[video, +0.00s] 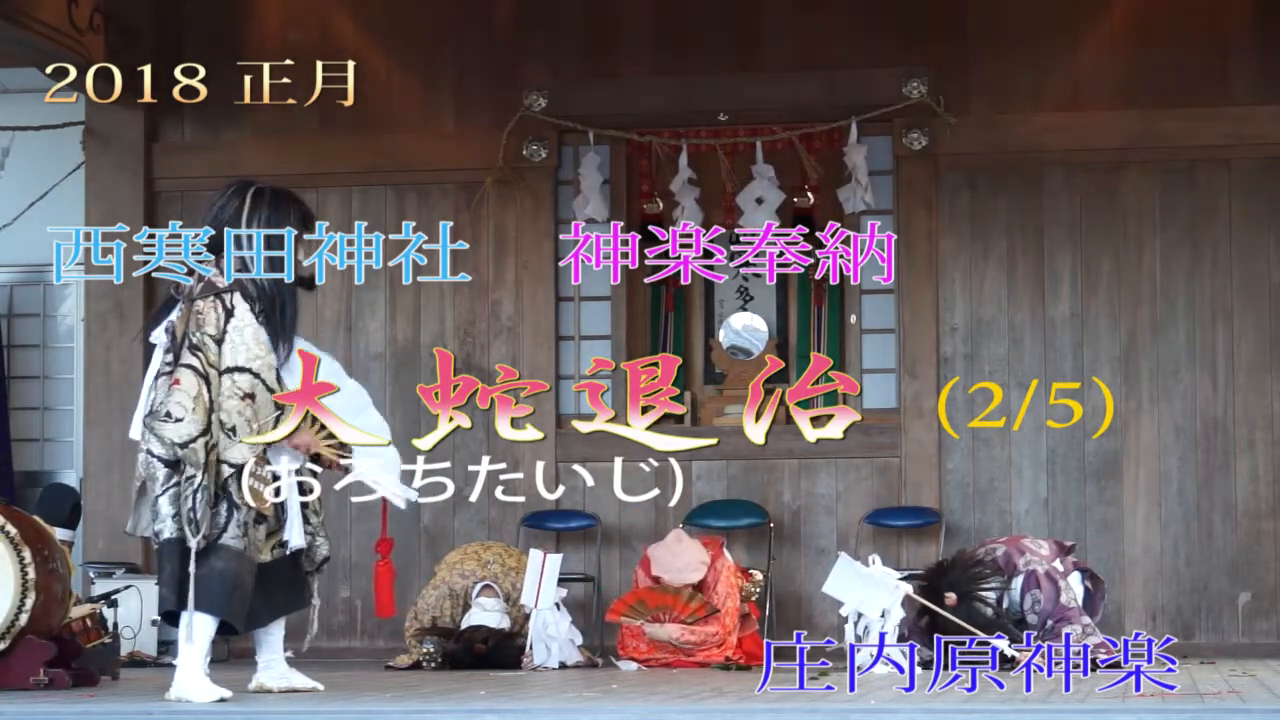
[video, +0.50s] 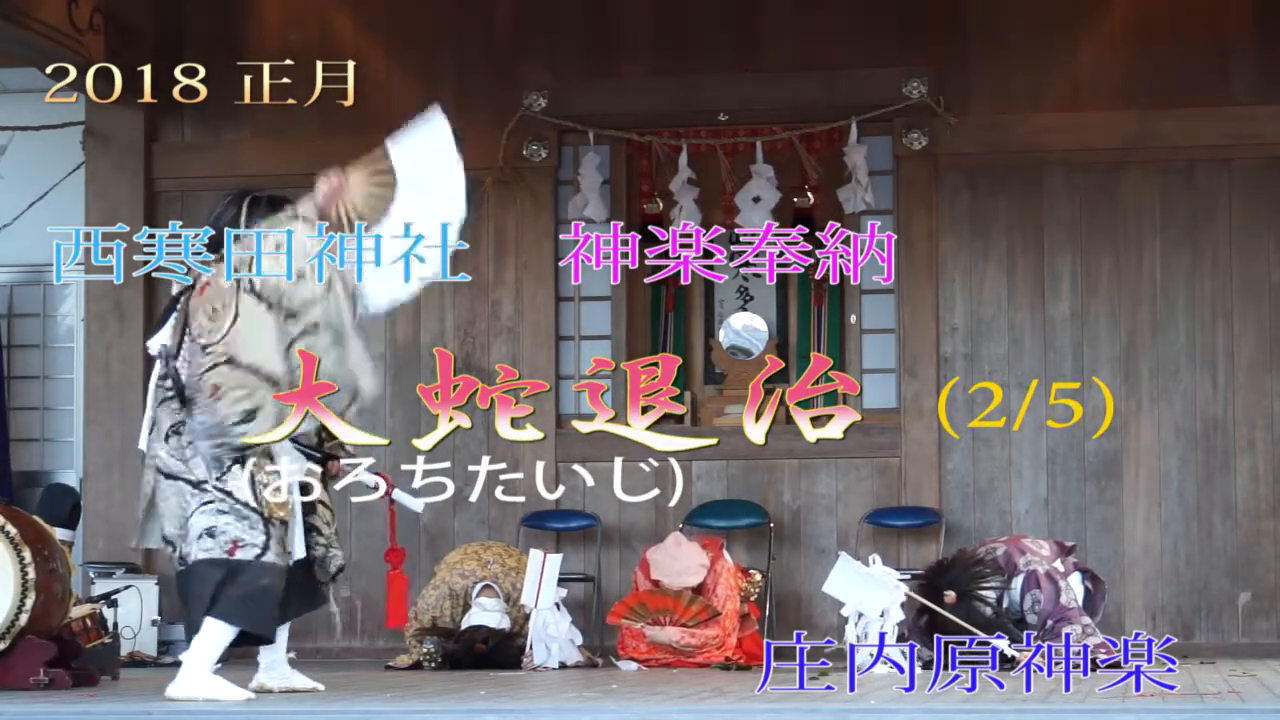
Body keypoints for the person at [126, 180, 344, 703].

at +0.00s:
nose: (306, 253)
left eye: (304, 239)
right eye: (298, 238)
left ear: (236, 235)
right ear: (264, 238)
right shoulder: (229, 305)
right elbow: (240, 408)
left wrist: (305, 432)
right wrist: (288, 439)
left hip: (251, 453)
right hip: (219, 455)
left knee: (275, 548)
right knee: (224, 551)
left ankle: (272, 665)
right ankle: (190, 674)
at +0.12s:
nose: (304, 253)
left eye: (303, 240)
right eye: (297, 239)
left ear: (240, 236)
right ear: (264, 238)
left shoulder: (260, 298)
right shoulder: (231, 300)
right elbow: (251, 400)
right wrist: (308, 431)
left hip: (261, 448)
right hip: (225, 449)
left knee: (279, 547)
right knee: (224, 550)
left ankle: (273, 664)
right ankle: (189, 674)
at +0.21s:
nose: (306, 257)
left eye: (304, 243)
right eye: (299, 242)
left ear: (236, 238)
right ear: (268, 241)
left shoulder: (212, 303)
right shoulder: (246, 309)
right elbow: (263, 405)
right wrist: (318, 438)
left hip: (262, 449)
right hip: (233, 450)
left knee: (282, 549)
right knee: (231, 551)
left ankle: (273, 663)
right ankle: (191, 672)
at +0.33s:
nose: (300, 255)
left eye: (301, 244)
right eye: (296, 243)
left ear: (238, 239)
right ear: (270, 243)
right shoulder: (219, 304)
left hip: (247, 446)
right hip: (201, 451)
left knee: (287, 545)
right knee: (236, 547)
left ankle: (274, 663)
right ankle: (192, 670)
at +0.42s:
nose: (308, 262)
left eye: (308, 251)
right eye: (301, 249)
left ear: (237, 244)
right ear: (273, 247)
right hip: (202, 447)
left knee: (290, 546)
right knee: (251, 550)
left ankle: (274, 664)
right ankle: (194, 670)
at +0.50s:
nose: (291, 246)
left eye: (293, 235)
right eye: (281, 235)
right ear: (252, 234)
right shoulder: (225, 292)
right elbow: (228, 386)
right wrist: (277, 445)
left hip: (253, 443)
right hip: (218, 448)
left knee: (291, 546)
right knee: (263, 556)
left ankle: (273, 664)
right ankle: (195, 671)